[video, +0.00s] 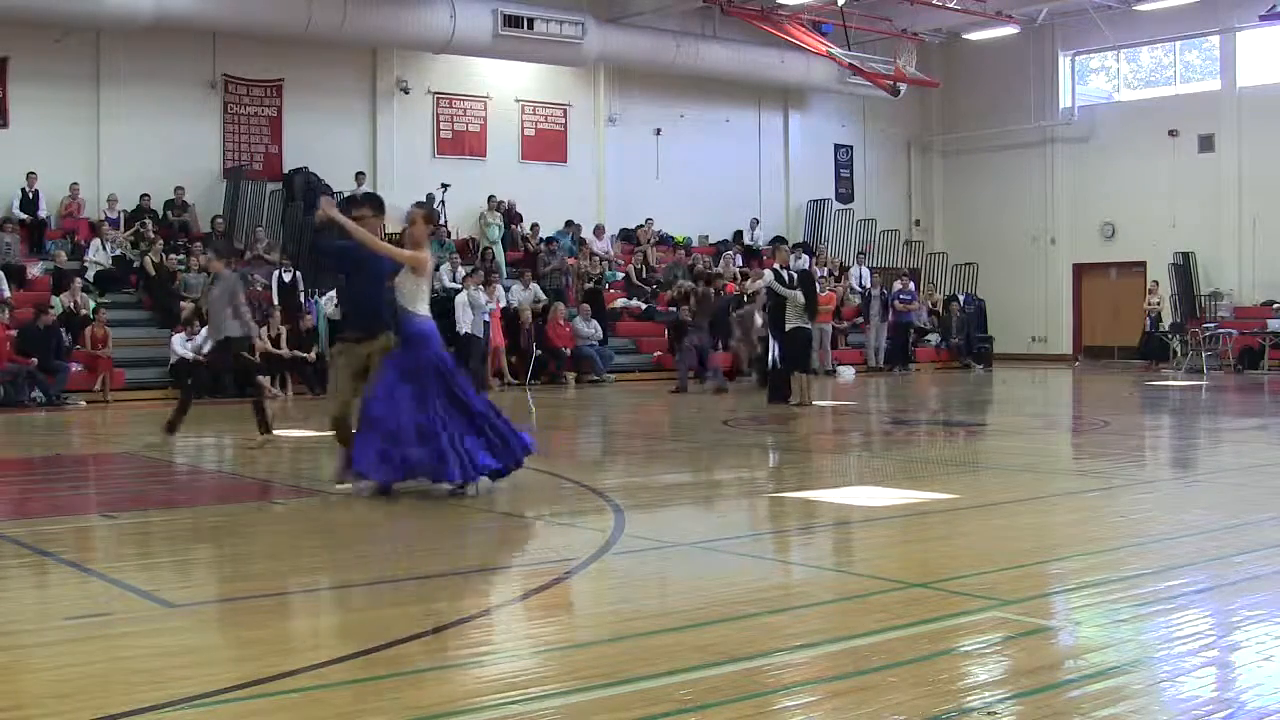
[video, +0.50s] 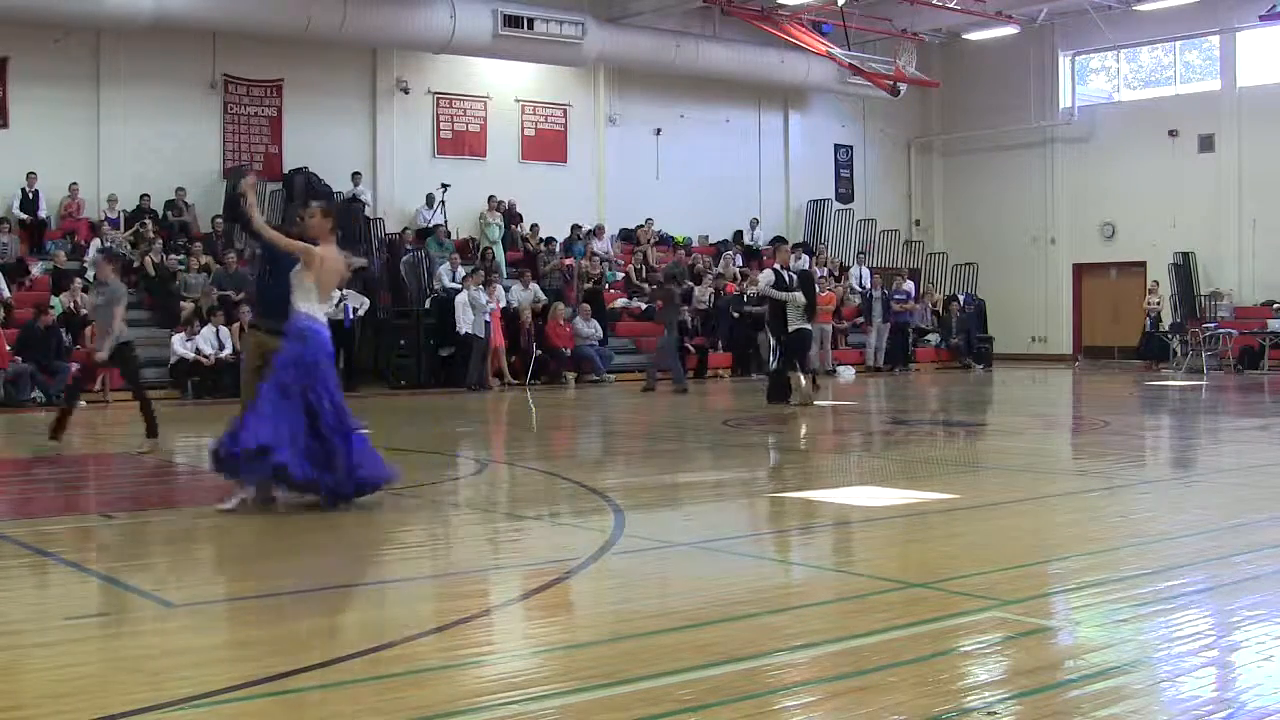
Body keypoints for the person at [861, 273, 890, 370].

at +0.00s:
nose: (875, 280)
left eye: (877, 277)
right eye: (873, 277)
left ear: (880, 279)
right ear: (871, 279)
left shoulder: (885, 292)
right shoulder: (867, 292)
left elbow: (887, 306)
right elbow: (864, 307)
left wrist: (886, 318)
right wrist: (866, 321)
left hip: (882, 320)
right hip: (871, 320)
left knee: (882, 342)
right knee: (870, 342)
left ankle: (880, 363)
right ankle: (871, 363)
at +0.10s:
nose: (875, 280)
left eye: (877, 277)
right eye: (873, 277)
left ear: (880, 279)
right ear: (871, 279)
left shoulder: (885, 292)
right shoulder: (866, 293)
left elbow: (887, 307)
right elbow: (864, 308)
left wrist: (886, 319)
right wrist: (866, 321)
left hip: (882, 320)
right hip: (871, 320)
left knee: (881, 342)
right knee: (871, 342)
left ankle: (880, 363)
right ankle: (871, 363)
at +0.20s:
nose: (875, 280)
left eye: (877, 277)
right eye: (873, 277)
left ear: (880, 279)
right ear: (871, 279)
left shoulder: (885, 292)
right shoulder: (867, 293)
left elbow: (887, 307)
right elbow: (865, 308)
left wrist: (886, 319)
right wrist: (866, 321)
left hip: (882, 320)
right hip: (871, 320)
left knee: (881, 342)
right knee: (871, 342)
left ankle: (880, 363)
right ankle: (871, 363)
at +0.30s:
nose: (876, 281)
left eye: (878, 279)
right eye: (874, 279)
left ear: (881, 281)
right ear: (872, 281)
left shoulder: (886, 293)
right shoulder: (867, 293)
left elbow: (888, 307)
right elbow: (865, 308)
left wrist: (887, 318)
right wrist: (867, 320)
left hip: (883, 321)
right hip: (872, 321)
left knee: (881, 343)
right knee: (871, 342)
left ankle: (880, 363)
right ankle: (871, 363)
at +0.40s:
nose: (876, 280)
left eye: (878, 278)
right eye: (874, 278)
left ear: (881, 280)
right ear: (872, 280)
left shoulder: (886, 293)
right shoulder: (867, 294)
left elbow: (888, 308)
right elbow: (865, 309)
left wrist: (888, 319)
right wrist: (867, 321)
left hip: (883, 321)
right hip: (872, 321)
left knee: (882, 343)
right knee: (871, 343)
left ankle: (880, 363)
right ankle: (871, 363)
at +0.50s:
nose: (876, 280)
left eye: (878, 278)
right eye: (874, 278)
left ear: (881, 280)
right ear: (871, 280)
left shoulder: (886, 293)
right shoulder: (867, 294)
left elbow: (889, 308)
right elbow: (865, 309)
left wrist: (888, 319)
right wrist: (867, 321)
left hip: (884, 322)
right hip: (872, 322)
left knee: (882, 344)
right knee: (871, 343)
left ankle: (879, 364)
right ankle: (869, 363)